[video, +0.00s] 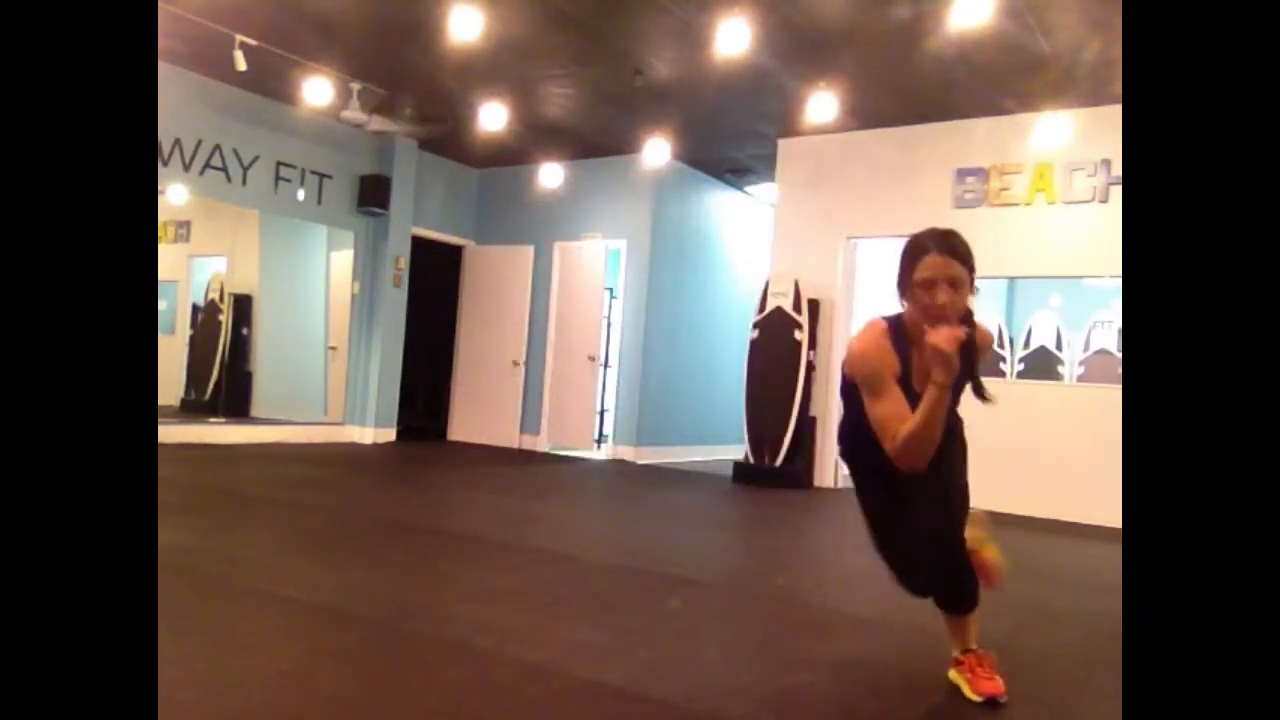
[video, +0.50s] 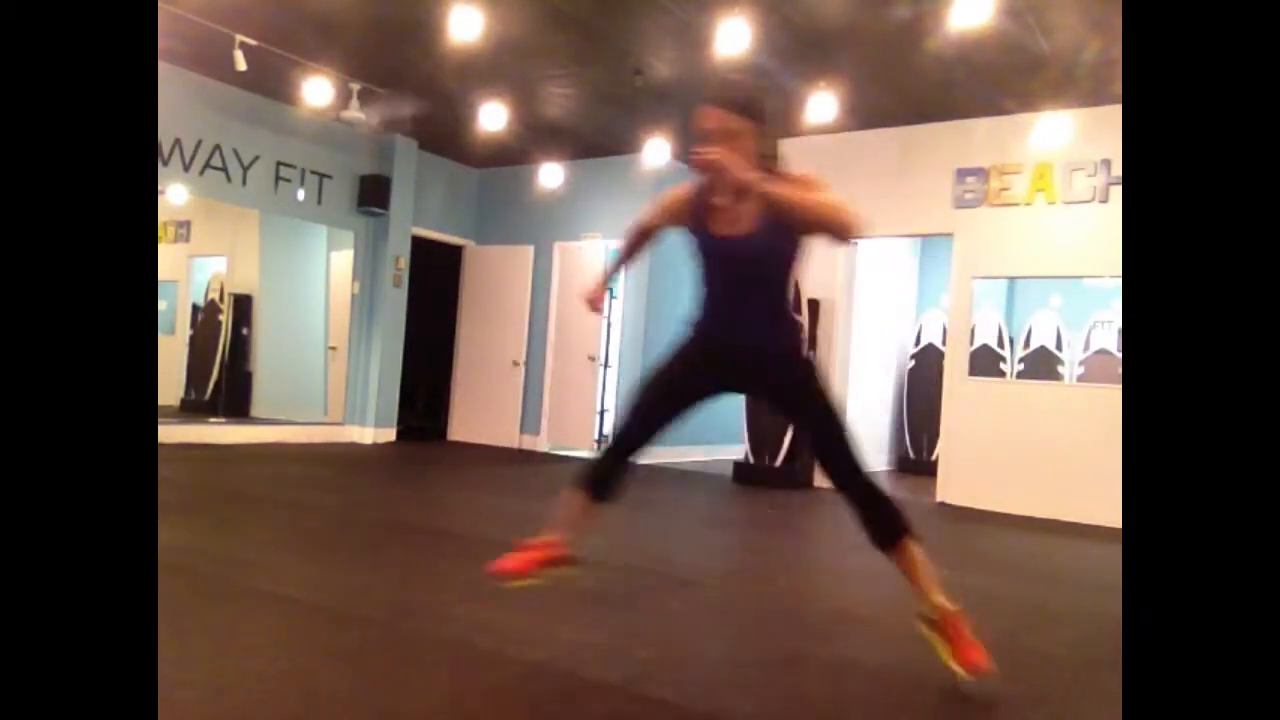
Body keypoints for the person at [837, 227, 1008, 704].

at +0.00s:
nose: (942, 298)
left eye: (953, 285)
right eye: (927, 286)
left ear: (971, 290)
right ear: (904, 293)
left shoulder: (977, 341)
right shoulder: (871, 349)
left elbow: (956, 377)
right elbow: (908, 456)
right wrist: (940, 381)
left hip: (942, 447)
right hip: (878, 460)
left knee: (951, 558)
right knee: (918, 577)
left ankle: (966, 656)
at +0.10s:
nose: (936, 290)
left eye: (949, 277)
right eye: (922, 278)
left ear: (968, 284)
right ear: (902, 283)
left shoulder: (972, 336)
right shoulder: (867, 342)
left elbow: (957, 378)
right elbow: (870, 451)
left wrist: (961, 395)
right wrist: (940, 403)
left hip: (941, 440)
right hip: (879, 457)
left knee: (944, 552)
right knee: (920, 568)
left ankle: (966, 656)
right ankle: (997, 544)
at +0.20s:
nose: (907, 255)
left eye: (921, 241)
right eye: (893, 243)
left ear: (944, 248)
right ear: (878, 250)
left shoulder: (956, 312)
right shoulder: (844, 312)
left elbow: (979, 383)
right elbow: (814, 404)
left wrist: (1028, 453)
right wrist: (846, 472)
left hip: (928, 432)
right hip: (864, 436)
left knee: (941, 546)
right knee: (890, 557)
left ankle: (965, 655)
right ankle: (953, 568)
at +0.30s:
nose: (855, 219)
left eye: (868, 206)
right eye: (845, 207)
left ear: (896, 210)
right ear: (835, 211)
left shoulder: (931, 273)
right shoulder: (811, 277)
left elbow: (1008, 344)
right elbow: (757, 343)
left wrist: (981, 319)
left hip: (900, 411)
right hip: (829, 411)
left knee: (938, 532)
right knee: (797, 516)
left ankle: (966, 653)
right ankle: (839, 570)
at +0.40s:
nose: (789, 175)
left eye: (801, 163)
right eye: (780, 163)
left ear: (833, 170)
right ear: (773, 172)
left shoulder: (858, 226)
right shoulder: (759, 236)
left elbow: (939, 248)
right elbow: (695, 271)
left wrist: (842, 193)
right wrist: (652, 321)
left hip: (842, 388)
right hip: (773, 385)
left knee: (906, 507)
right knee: (704, 455)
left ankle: (964, 647)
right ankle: (685, 554)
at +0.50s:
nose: (708, 151)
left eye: (721, 140)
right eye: (702, 141)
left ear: (752, 145)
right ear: (695, 150)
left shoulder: (788, 197)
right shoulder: (691, 202)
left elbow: (846, 226)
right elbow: (645, 230)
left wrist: (763, 187)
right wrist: (607, 276)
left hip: (777, 358)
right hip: (710, 352)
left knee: (852, 479)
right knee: (624, 438)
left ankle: (935, 604)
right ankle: (556, 541)